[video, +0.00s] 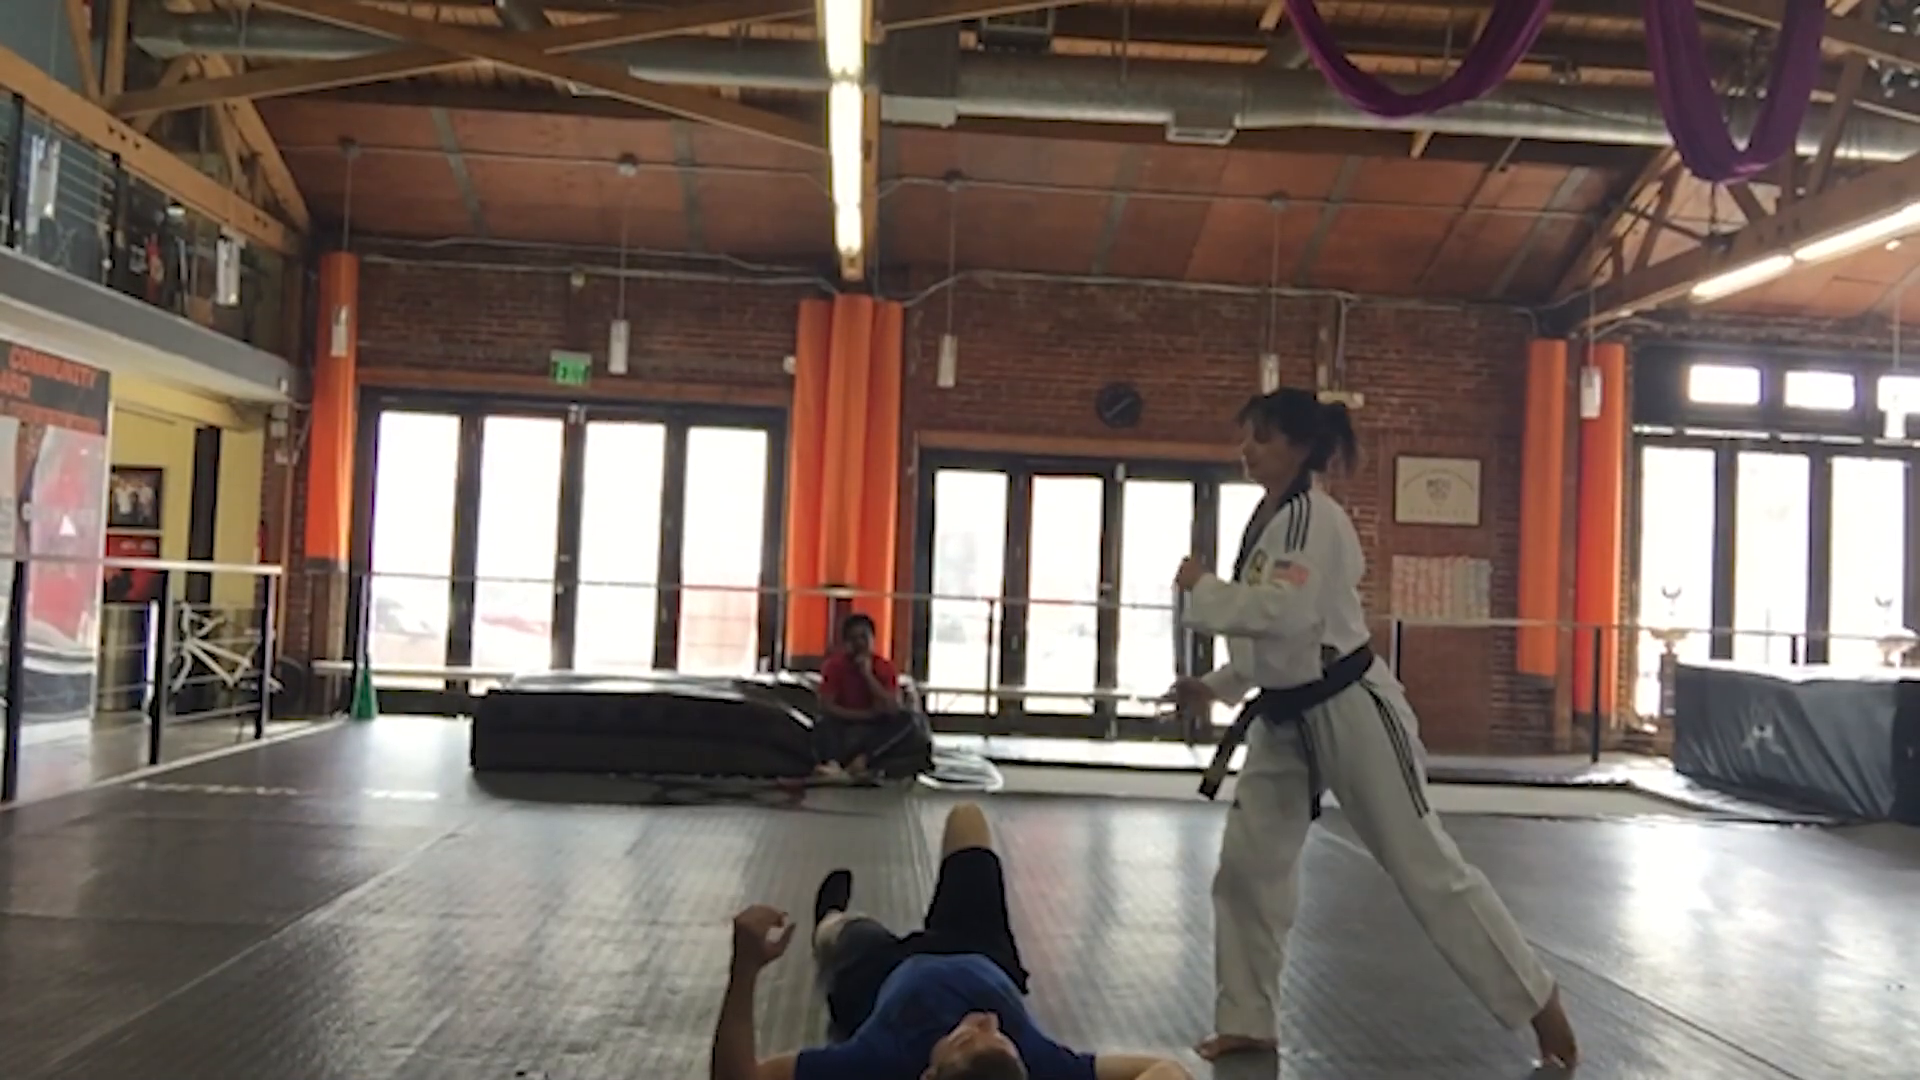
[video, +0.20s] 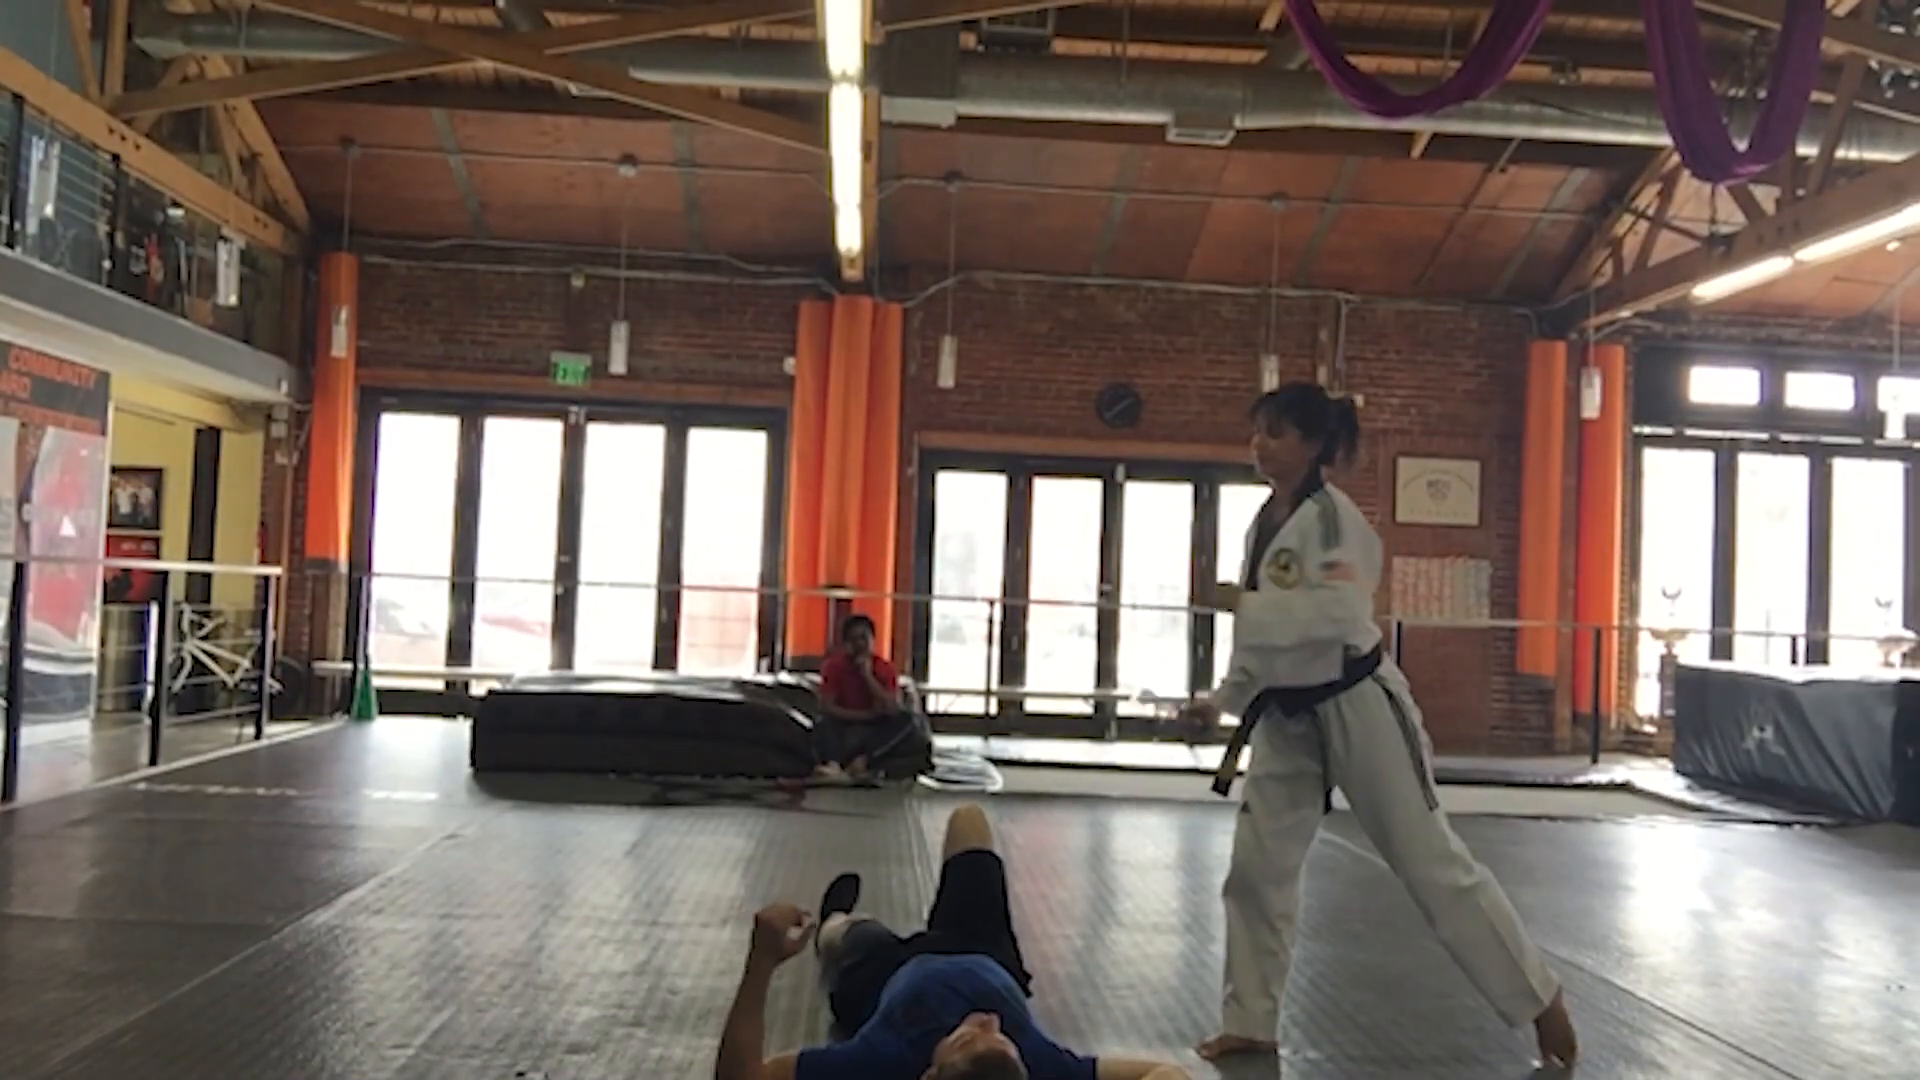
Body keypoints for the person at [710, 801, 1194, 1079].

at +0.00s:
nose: (983, 1016)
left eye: (964, 1039)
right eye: (1000, 1036)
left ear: (935, 1064)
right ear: (1020, 1051)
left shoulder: (868, 1059)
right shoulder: (1058, 1064)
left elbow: (737, 1072)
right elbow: (1166, 1068)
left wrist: (743, 968)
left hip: (880, 978)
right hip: (981, 966)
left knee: (843, 929)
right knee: (968, 809)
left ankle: (831, 921)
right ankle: (1001, 976)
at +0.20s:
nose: (986, 1017)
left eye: (965, 1040)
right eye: (1002, 1036)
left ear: (937, 1064)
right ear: (1021, 1050)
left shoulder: (870, 1057)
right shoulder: (1059, 1065)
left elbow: (740, 1071)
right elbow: (1165, 1070)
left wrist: (760, 961)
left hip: (881, 978)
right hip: (986, 967)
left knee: (844, 929)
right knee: (970, 811)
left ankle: (838, 915)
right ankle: (1002, 973)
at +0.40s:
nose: (986, 1017)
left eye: (966, 1039)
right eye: (1001, 1038)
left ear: (936, 1062)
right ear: (1017, 1055)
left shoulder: (871, 1057)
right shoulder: (1056, 1062)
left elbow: (741, 1067)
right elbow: (1173, 1061)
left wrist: (793, 949)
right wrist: (1105, 1066)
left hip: (879, 975)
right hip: (977, 962)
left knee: (846, 929)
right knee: (969, 811)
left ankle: (826, 932)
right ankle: (1005, 971)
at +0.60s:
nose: (977, 1025)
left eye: (962, 1047)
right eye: (993, 1042)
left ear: (937, 1070)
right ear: (1013, 1060)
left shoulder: (876, 1062)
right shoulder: (1050, 1064)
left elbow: (769, 1044)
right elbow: (1151, 997)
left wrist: (850, 976)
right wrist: (1032, 1022)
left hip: (889, 982)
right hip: (983, 964)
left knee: (864, 896)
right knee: (955, 812)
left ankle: (848, 886)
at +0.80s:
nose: (981, 1011)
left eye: (965, 1030)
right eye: (995, 1022)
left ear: (934, 1062)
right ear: (1017, 1050)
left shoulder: (867, 1056)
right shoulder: (1039, 1051)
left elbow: (785, 1034)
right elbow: (1066, 906)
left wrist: (816, 918)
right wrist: (963, 918)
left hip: (887, 981)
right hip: (984, 973)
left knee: (865, 800)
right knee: (950, 805)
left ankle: (868, 705)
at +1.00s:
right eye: (983, 961)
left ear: (911, 1005)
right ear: (1001, 998)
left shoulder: (858, 1039)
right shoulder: (1032, 1025)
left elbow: (805, 991)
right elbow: (1009, 907)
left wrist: (812, 912)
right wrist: (917, 839)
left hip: (877, 971)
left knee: (875, 791)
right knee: (951, 810)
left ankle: (863, 688)